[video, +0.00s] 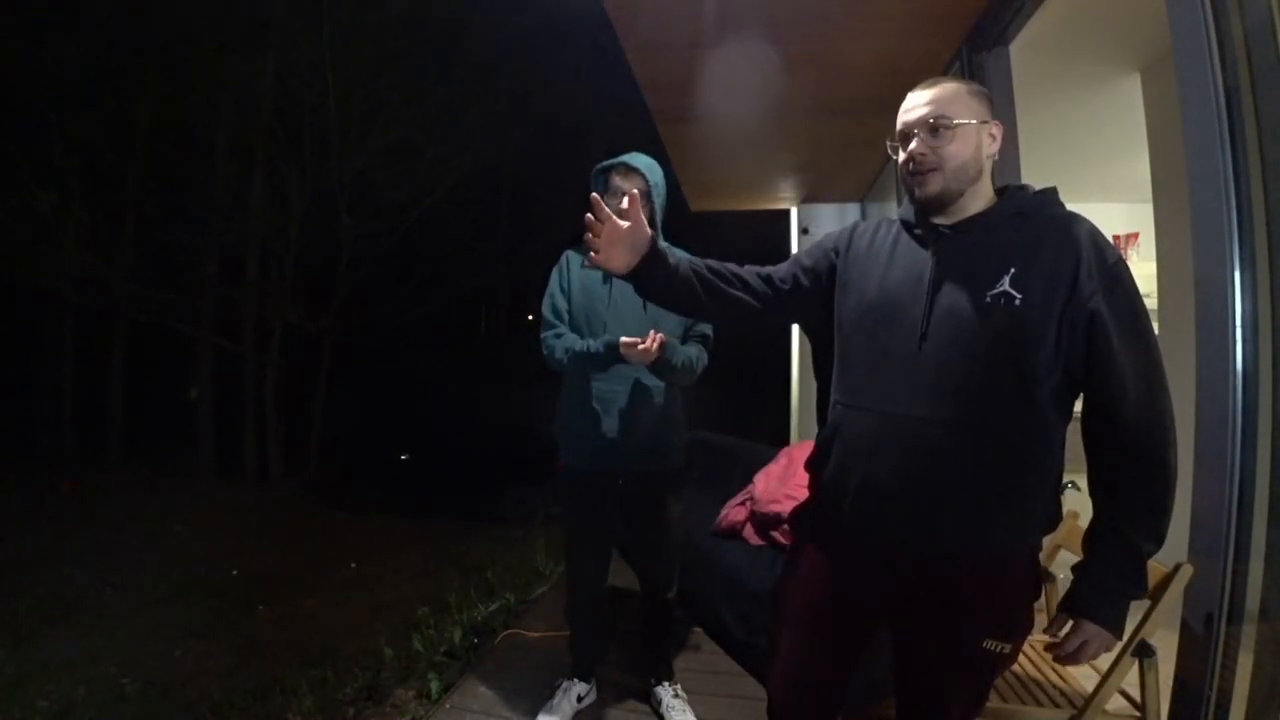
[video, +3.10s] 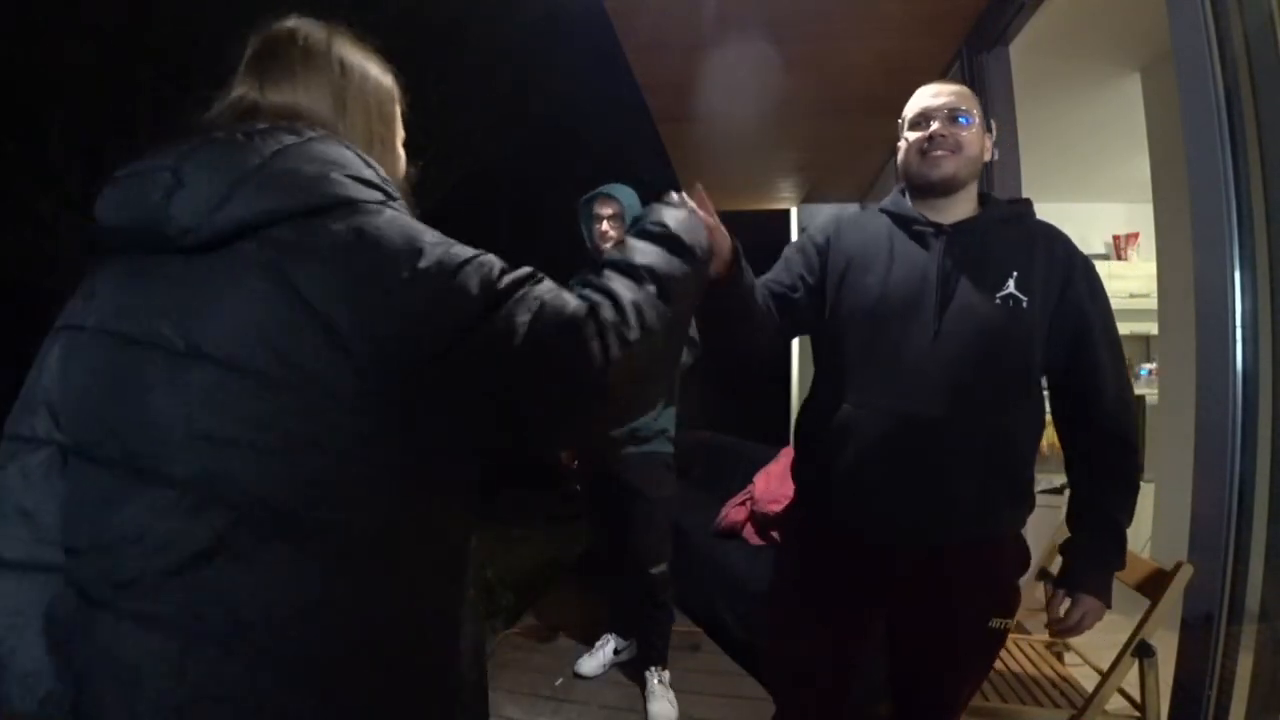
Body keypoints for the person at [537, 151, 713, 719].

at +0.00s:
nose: (632, 207)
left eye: (642, 197)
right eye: (621, 196)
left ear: (655, 204)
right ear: (599, 203)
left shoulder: (679, 269)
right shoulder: (574, 265)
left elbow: (698, 356)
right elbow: (554, 346)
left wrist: (663, 353)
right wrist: (611, 348)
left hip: (654, 444)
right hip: (587, 442)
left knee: (657, 563)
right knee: (584, 562)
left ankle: (661, 679)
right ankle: (580, 679)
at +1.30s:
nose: (658, 204)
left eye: (669, 194)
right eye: (648, 195)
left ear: (693, 199)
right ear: (634, 202)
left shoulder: (721, 275)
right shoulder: (613, 265)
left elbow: (731, 363)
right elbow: (582, 342)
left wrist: (691, 349)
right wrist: (609, 274)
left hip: (680, 440)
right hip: (613, 434)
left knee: (672, 557)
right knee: (600, 554)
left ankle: (665, 679)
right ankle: (584, 675)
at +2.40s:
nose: (676, 218)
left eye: (689, 210)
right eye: (671, 207)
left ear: (711, 216)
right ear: (661, 210)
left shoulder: (728, 275)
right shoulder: (640, 267)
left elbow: (737, 359)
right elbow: (606, 315)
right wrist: (647, 252)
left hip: (690, 433)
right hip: (628, 428)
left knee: (679, 551)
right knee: (607, 533)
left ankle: (666, 673)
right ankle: (595, 625)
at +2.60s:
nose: (661, 222)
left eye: (672, 213)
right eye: (655, 211)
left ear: (695, 218)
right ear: (645, 216)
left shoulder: (716, 283)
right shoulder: (621, 273)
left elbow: (727, 358)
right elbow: (577, 328)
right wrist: (625, 274)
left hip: (684, 440)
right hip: (618, 436)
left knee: (675, 553)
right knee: (611, 539)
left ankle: (663, 671)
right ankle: (619, 629)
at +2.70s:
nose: (650, 224)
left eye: (661, 214)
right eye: (642, 215)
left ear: (682, 220)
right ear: (631, 221)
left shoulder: (706, 284)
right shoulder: (609, 277)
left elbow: (718, 352)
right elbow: (565, 342)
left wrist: (678, 363)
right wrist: (588, 326)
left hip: (675, 433)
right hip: (609, 427)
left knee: (665, 546)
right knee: (611, 532)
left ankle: (661, 670)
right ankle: (620, 629)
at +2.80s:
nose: (638, 227)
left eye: (648, 217)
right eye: (630, 218)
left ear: (668, 222)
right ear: (620, 224)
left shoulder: (695, 284)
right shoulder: (597, 285)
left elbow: (708, 361)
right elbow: (562, 357)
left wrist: (678, 427)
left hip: (667, 439)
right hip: (603, 431)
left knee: (664, 554)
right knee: (608, 540)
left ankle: (663, 673)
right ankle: (618, 632)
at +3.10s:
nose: (604, 230)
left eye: (613, 220)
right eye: (596, 221)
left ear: (635, 225)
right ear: (585, 230)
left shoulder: (659, 288)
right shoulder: (582, 292)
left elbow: (687, 351)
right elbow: (566, 369)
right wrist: (569, 434)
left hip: (650, 444)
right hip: (599, 444)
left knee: (654, 562)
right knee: (607, 547)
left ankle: (656, 667)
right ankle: (621, 632)